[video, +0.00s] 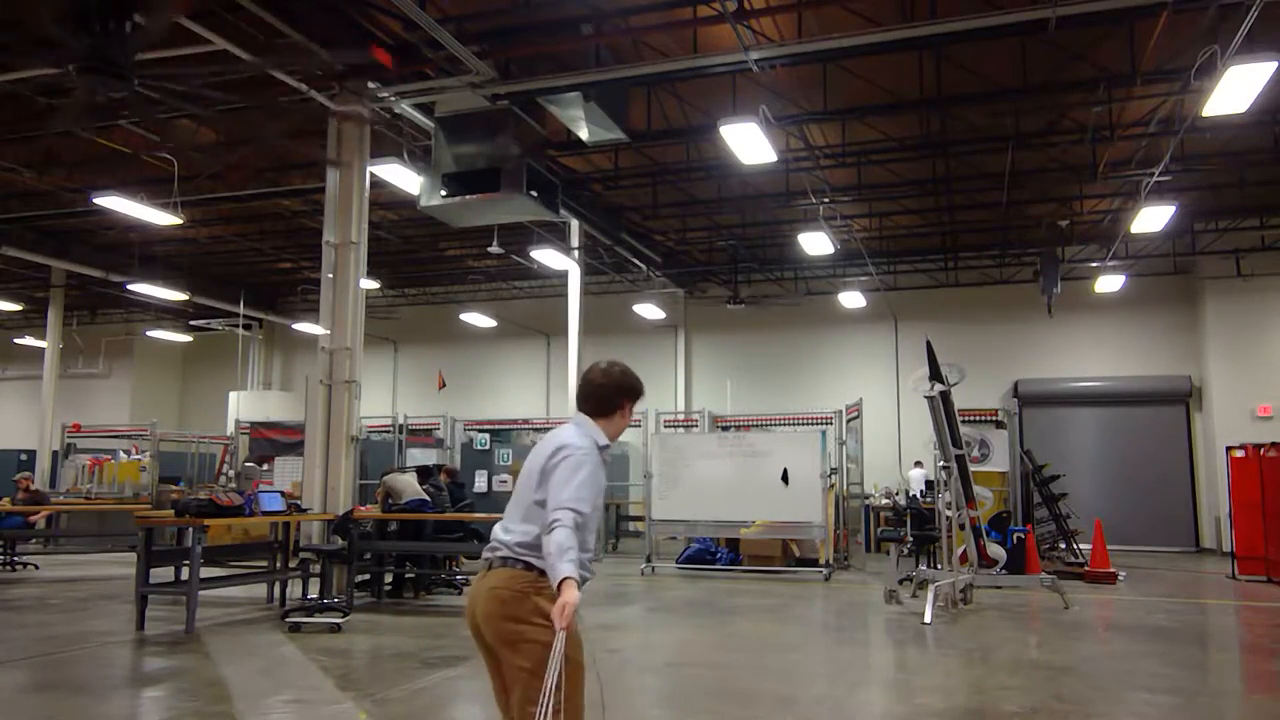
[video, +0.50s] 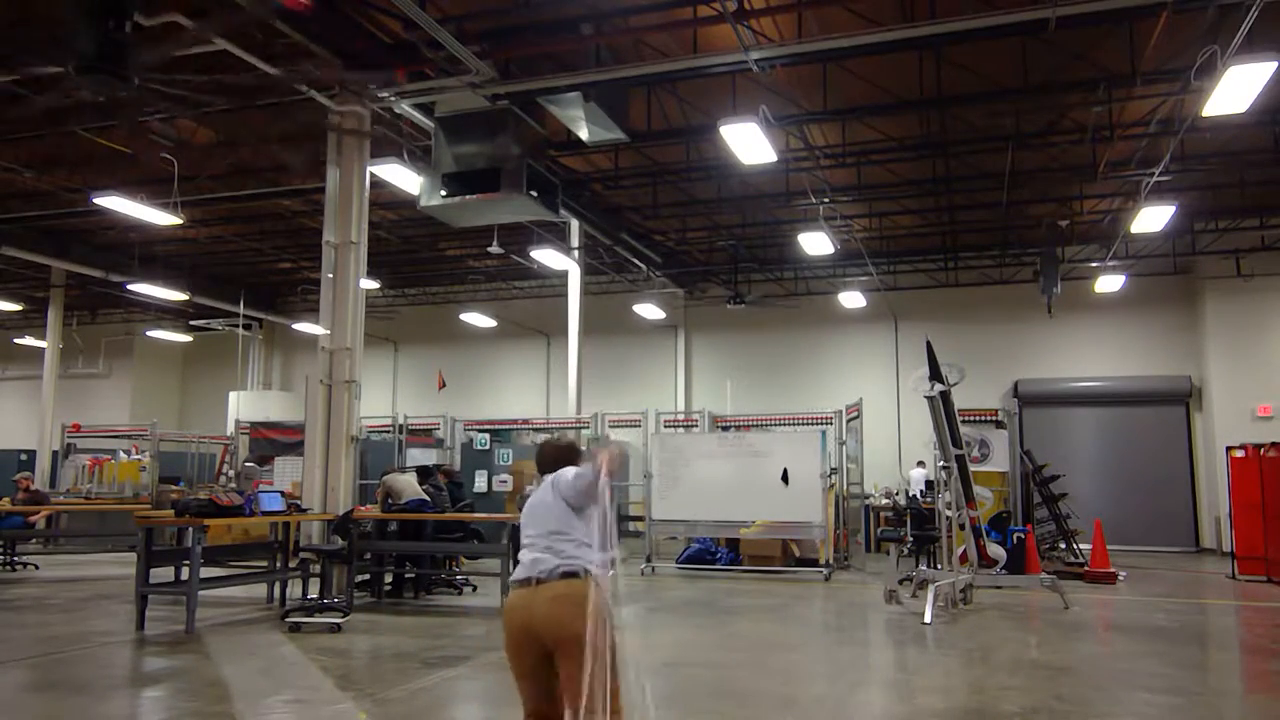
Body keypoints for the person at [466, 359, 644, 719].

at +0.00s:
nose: (632, 417)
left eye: (633, 408)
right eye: (633, 408)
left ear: (585, 399)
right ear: (625, 409)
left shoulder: (557, 439)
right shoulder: (579, 450)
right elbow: (562, 521)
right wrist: (568, 584)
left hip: (490, 585)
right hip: (524, 592)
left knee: (521, 709)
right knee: (552, 711)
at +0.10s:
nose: (635, 420)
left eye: (635, 412)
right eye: (635, 412)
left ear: (587, 408)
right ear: (629, 415)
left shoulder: (559, 446)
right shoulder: (591, 452)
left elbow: (535, 514)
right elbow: (576, 516)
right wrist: (576, 573)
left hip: (490, 585)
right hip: (530, 590)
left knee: (522, 710)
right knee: (556, 710)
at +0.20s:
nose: (626, 441)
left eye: (626, 433)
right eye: (626, 434)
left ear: (581, 430)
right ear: (620, 437)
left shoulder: (557, 466)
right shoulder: (596, 466)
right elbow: (585, 519)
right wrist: (586, 565)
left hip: (492, 602)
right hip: (538, 605)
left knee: (531, 705)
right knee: (573, 712)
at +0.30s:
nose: (608, 452)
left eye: (606, 445)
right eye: (608, 446)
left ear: (563, 449)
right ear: (602, 451)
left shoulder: (547, 486)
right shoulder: (590, 477)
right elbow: (588, 509)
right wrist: (589, 543)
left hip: (505, 614)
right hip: (553, 612)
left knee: (531, 710)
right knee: (577, 712)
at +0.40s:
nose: (589, 458)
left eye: (588, 454)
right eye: (588, 454)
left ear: (546, 460)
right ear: (583, 457)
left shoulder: (535, 495)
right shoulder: (579, 476)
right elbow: (585, 492)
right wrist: (593, 508)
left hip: (512, 606)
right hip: (563, 602)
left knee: (532, 708)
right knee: (578, 711)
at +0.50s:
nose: (581, 465)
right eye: (579, 461)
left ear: (540, 469)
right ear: (574, 463)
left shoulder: (531, 501)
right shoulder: (567, 481)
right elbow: (583, 479)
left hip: (519, 597)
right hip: (569, 594)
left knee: (538, 710)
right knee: (587, 707)